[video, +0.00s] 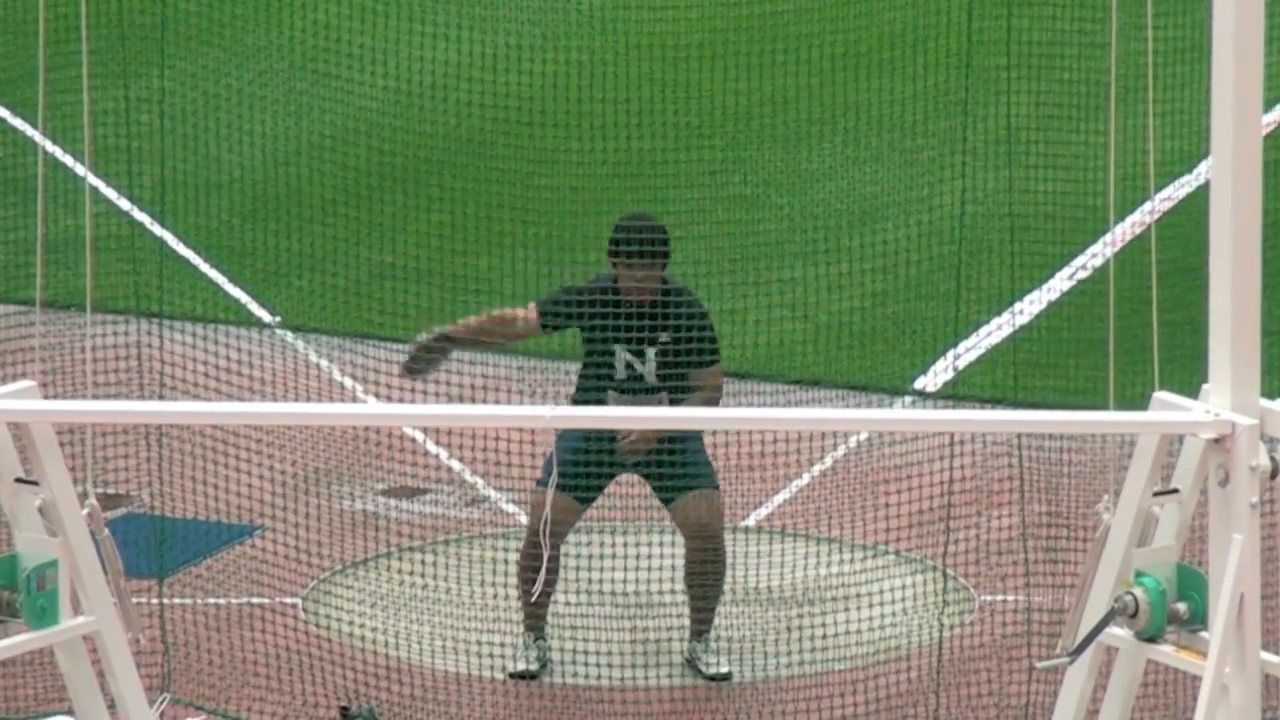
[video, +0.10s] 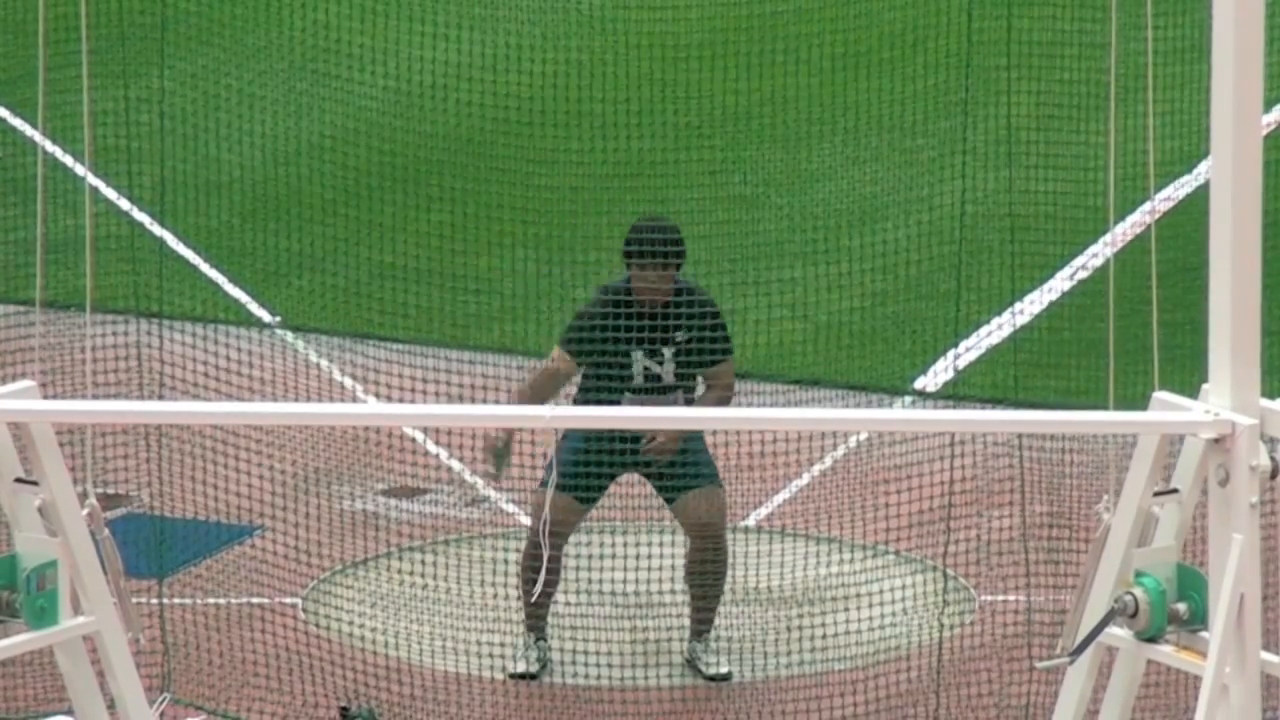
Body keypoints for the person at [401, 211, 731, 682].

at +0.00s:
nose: (640, 277)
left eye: (649, 266)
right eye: (630, 266)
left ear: (664, 265)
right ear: (614, 263)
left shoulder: (687, 313)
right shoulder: (594, 299)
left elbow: (710, 391)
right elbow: (520, 322)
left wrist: (658, 428)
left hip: (671, 431)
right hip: (595, 427)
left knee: (707, 526)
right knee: (544, 525)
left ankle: (701, 642)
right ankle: (534, 640)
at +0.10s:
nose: (656, 279)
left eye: (665, 269)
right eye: (646, 269)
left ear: (678, 268)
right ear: (630, 268)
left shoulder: (699, 311)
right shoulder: (604, 309)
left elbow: (722, 387)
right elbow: (554, 373)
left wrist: (681, 427)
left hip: (671, 431)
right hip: (599, 429)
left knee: (710, 525)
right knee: (549, 524)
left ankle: (700, 642)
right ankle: (534, 639)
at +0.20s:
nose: (667, 281)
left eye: (677, 271)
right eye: (657, 270)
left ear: (691, 269)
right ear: (642, 268)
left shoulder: (711, 309)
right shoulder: (620, 310)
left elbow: (729, 379)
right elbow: (610, 401)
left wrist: (706, 425)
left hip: (669, 429)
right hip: (605, 425)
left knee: (711, 523)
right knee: (552, 528)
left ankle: (700, 642)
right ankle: (534, 640)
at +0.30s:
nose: (674, 278)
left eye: (684, 268)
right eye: (665, 267)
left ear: (699, 266)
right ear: (651, 265)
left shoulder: (714, 302)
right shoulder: (633, 310)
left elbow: (731, 369)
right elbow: (661, 402)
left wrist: (738, 427)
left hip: (663, 431)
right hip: (601, 431)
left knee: (711, 520)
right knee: (559, 531)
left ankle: (700, 642)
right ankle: (534, 640)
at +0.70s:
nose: (678, 265)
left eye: (687, 253)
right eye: (667, 254)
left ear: (701, 254)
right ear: (650, 257)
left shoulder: (710, 290)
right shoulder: (639, 298)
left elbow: (722, 355)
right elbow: (695, 356)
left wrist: (774, 342)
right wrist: (783, 350)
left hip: (662, 430)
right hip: (598, 429)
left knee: (708, 520)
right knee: (560, 533)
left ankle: (698, 643)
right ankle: (533, 637)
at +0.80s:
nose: (662, 277)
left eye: (671, 267)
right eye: (652, 267)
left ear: (686, 264)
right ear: (638, 266)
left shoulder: (703, 297)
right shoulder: (626, 308)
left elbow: (728, 354)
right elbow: (682, 375)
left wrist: (747, 392)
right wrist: (755, 395)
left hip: (660, 430)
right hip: (595, 430)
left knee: (707, 521)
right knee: (552, 533)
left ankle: (698, 644)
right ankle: (534, 637)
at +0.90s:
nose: (635, 289)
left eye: (645, 279)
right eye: (627, 279)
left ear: (665, 275)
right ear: (617, 278)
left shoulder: (690, 306)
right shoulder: (607, 319)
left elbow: (732, 362)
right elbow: (637, 403)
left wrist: (731, 434)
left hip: (654, 436)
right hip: (591, 438)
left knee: (706, 519)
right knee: (541, 529)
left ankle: (698, 644)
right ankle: (533, 640)